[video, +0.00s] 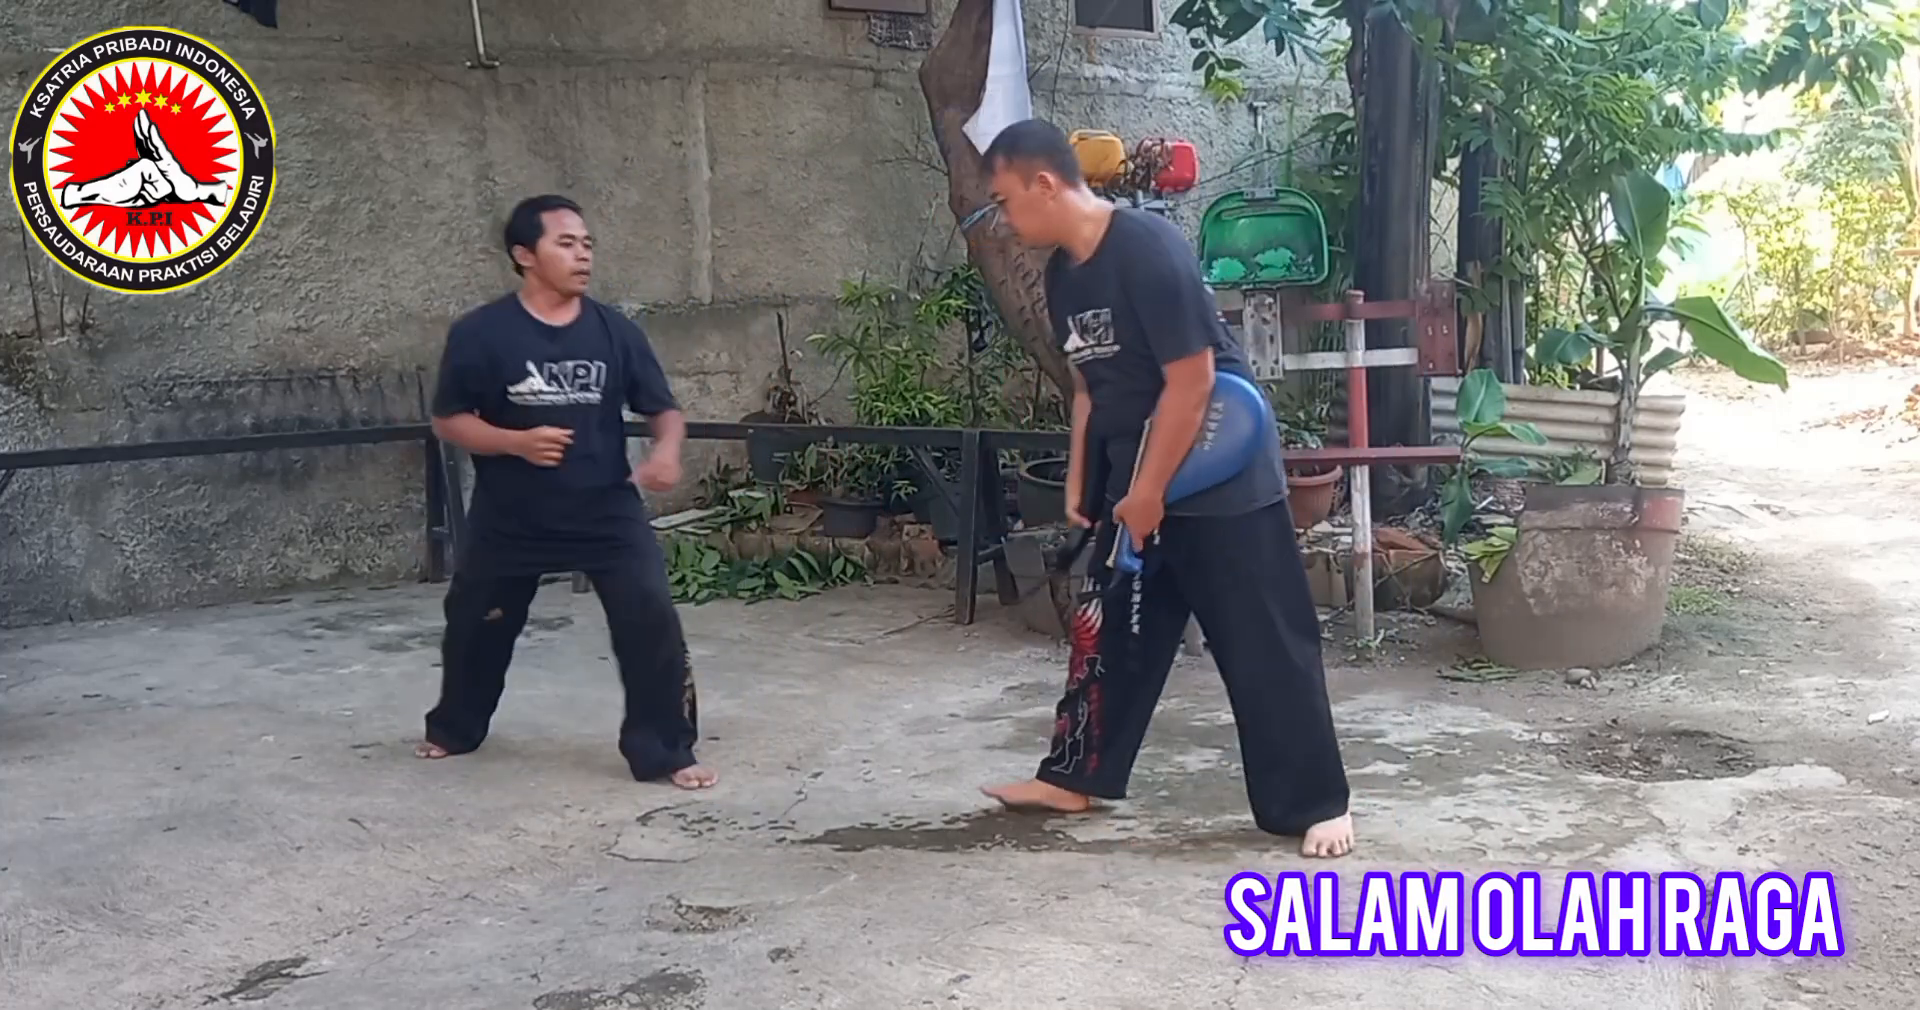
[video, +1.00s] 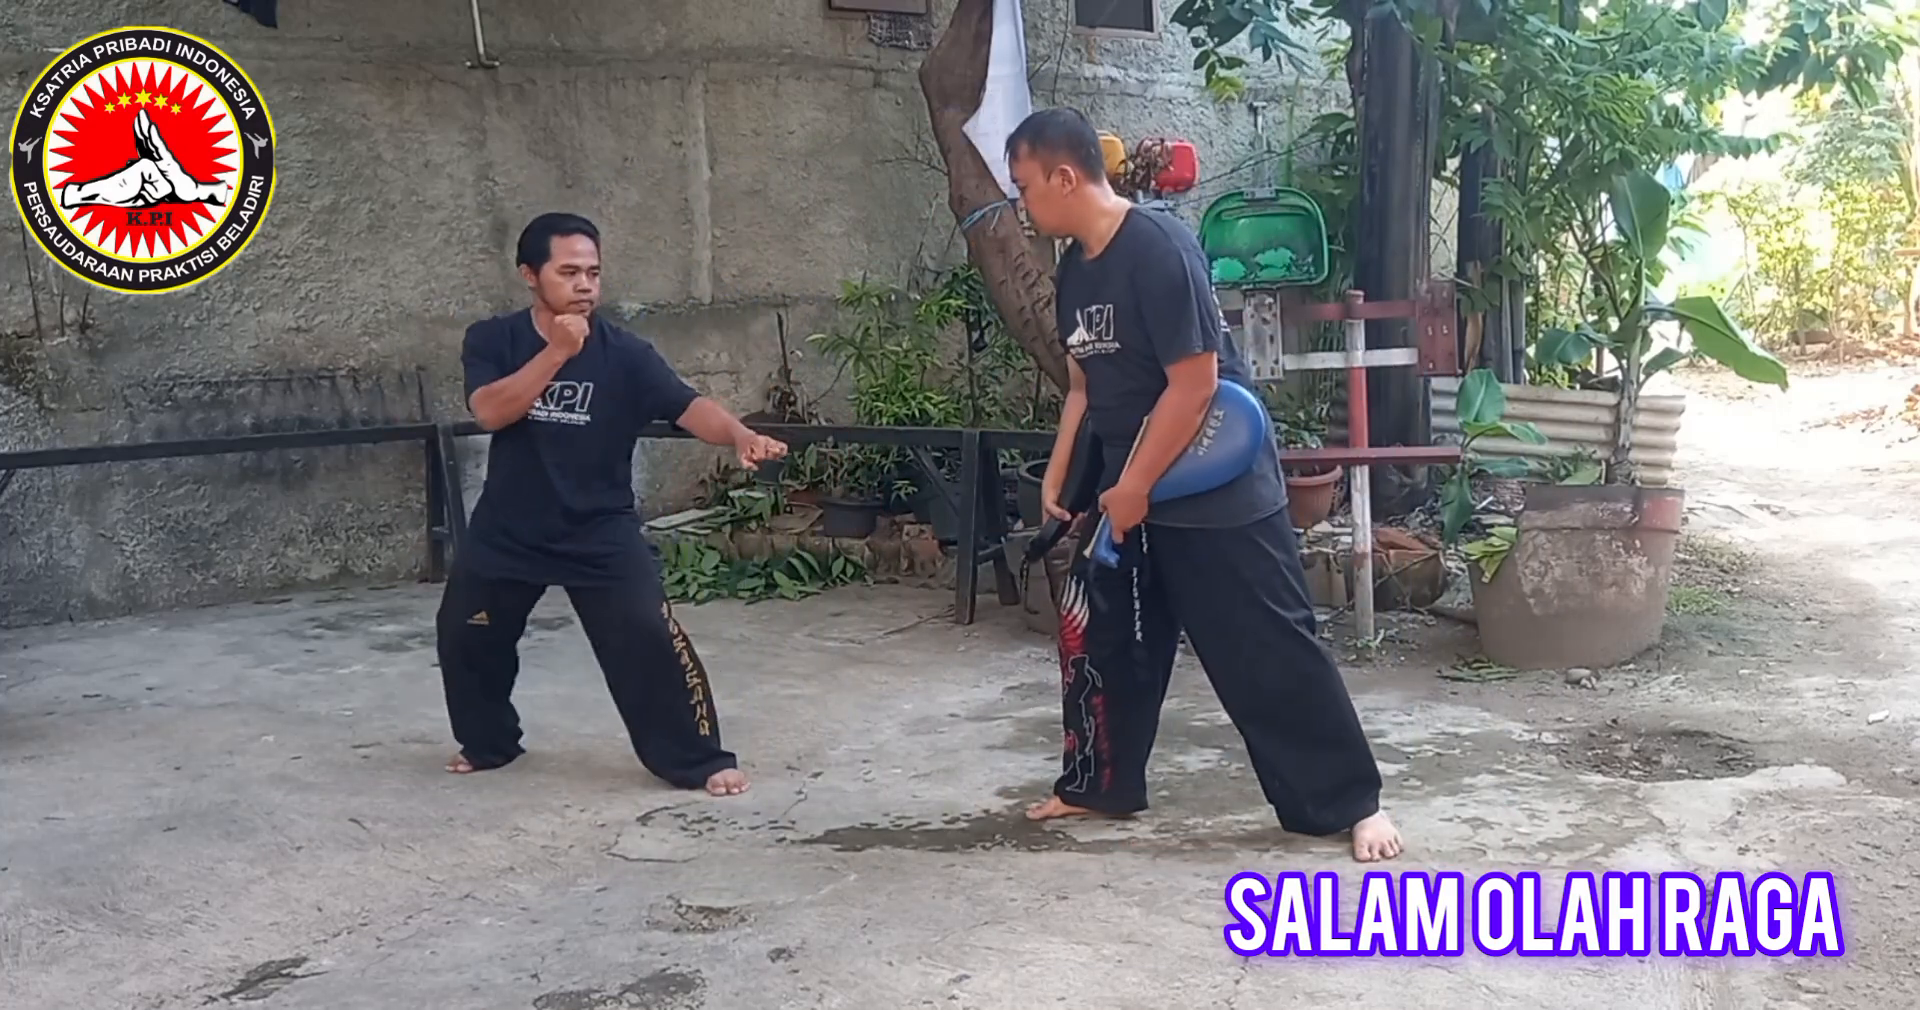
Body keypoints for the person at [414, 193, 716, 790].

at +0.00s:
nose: (583, 254)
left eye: (586, 244)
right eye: (567, 243)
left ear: (592, 252)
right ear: (525, 256)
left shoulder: (617, 332)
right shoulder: (477, 334)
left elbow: (664, 409)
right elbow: (449, 421)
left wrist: (667, 453)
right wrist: (514, 441)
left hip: (607, 517)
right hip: (511, 520)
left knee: (652, 619)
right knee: (473, 622)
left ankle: (665, 751)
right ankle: (456, 726)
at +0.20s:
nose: (613, 247)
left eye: (616, 235)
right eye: (598, 235)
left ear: (620, 242)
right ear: (554, 245)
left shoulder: (636, 323)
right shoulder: (507, 318)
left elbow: (684, 393)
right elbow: (504, 405)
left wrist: (715, 432)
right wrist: (586, 372)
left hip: (613, 503)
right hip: (520, 502)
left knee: (650, 619)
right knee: (486, 613)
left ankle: (666, 751)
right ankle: (476, 726)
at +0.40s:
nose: (581, 258)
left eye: (585, 245)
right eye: (565, 246)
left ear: (590, 251)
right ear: (522, 255)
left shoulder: (609, 328)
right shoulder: (478, 330)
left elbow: (662, 403)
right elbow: (490, 409)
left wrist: (702, 453)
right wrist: (549, 339)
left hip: (597, 512)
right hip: (505, 514)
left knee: (642, 621)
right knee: (482, 629)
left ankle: (666, 753)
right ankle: (484, 736)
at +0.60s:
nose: (578, 247)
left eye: (582, 235)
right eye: (563, 235)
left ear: (586, 242)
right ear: (519, 243)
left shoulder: (611, 321)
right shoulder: (477, 317)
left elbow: (666, 387)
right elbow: (491, 393)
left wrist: (712, 426)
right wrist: (549, 319)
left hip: (607, 506)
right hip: (514, 509)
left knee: (656, 616)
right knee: (487, 624)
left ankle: (699, 753)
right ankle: (482, 735)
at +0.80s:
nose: (606, 259)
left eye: (610, 247)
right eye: (590, 247)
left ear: (616, 253)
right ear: (548, 254)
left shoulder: (641, 331)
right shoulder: (506, 326)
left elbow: (708, 389)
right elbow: (524, 400)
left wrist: (759, 415)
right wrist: (587, 331)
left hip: (625, 514)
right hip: (530, 514)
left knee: (669, 624)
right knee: (488, 616)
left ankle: (711, 758)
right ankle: (491, 734)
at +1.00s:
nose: (585, 284)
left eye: (593, 272)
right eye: (570, 272)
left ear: (601, 276)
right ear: (532, 275)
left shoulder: (625, 353)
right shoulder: (493, 339)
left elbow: (687, 406)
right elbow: (489, 412)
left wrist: (738, 433)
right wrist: (558, 353)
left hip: (602, 531)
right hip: (510, 528)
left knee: (646, 634)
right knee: (465, 632)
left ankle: (700, 761)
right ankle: (488, 742)